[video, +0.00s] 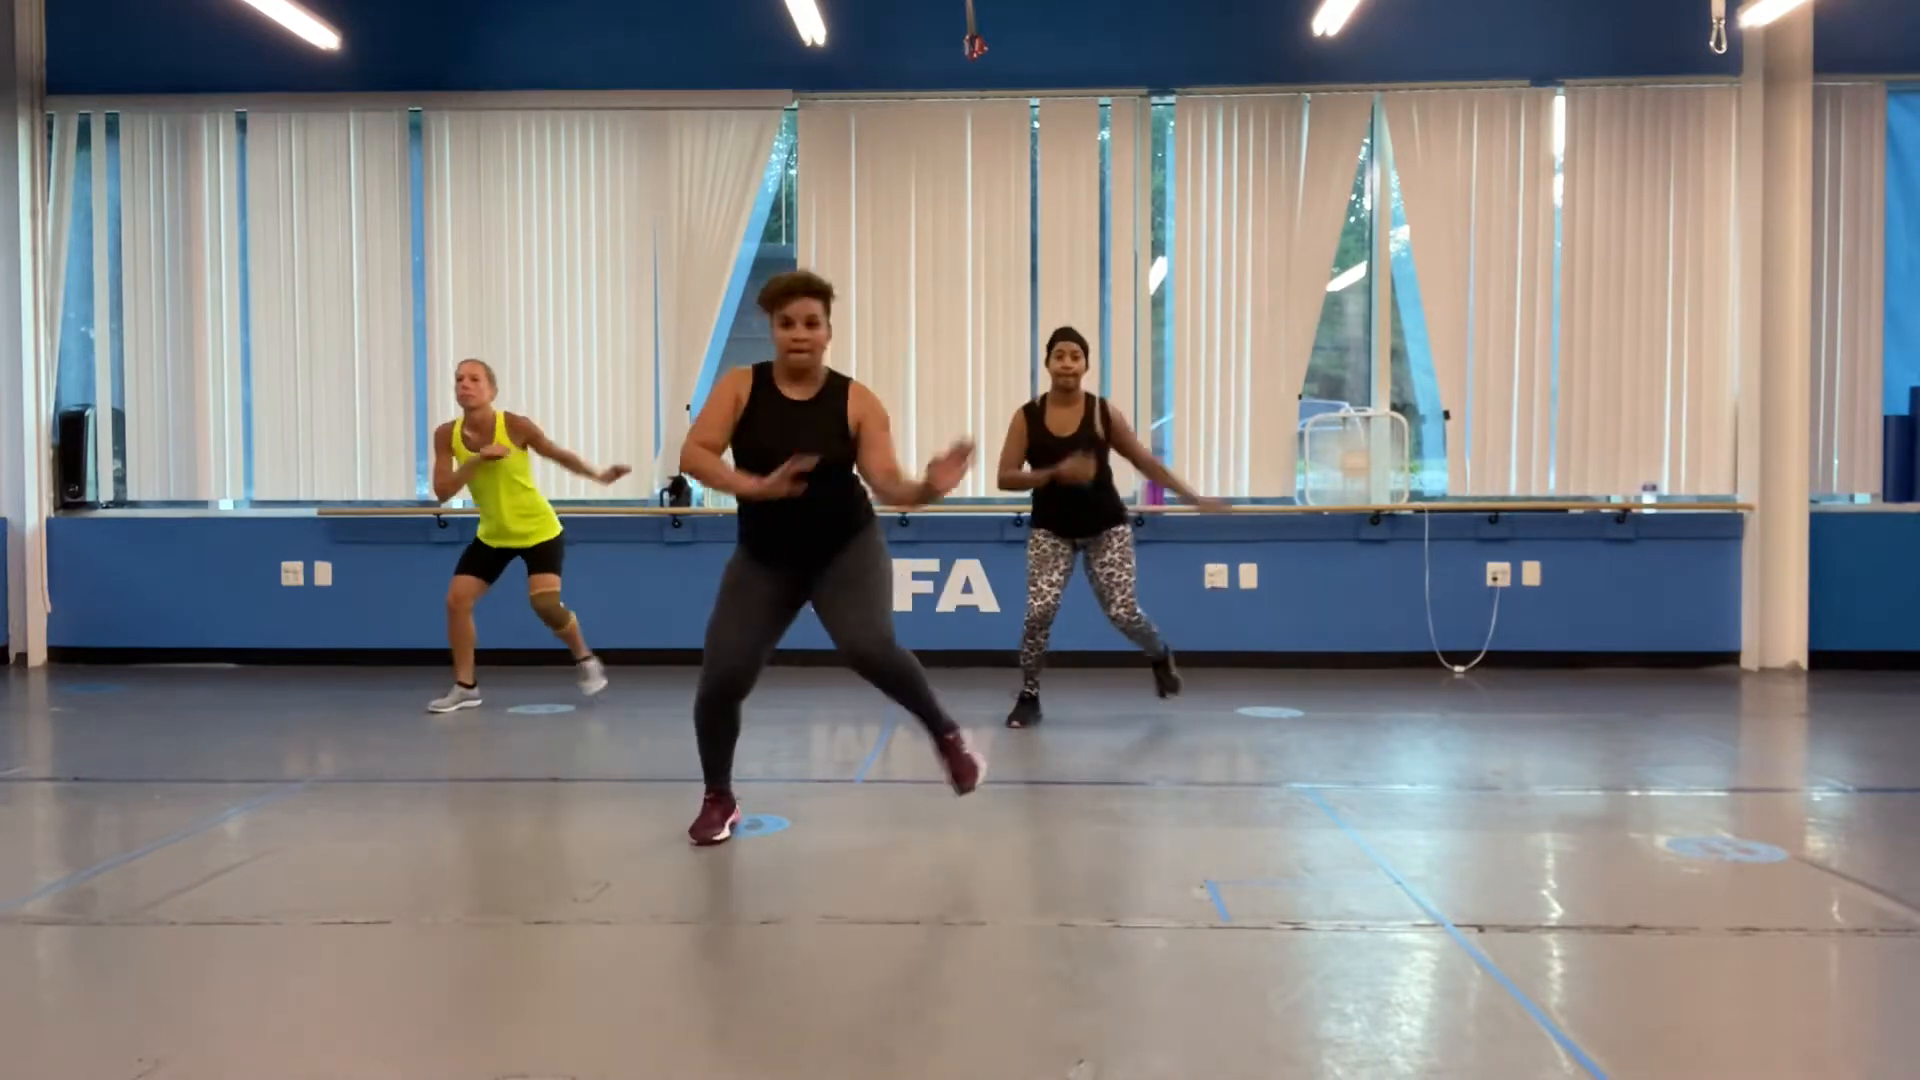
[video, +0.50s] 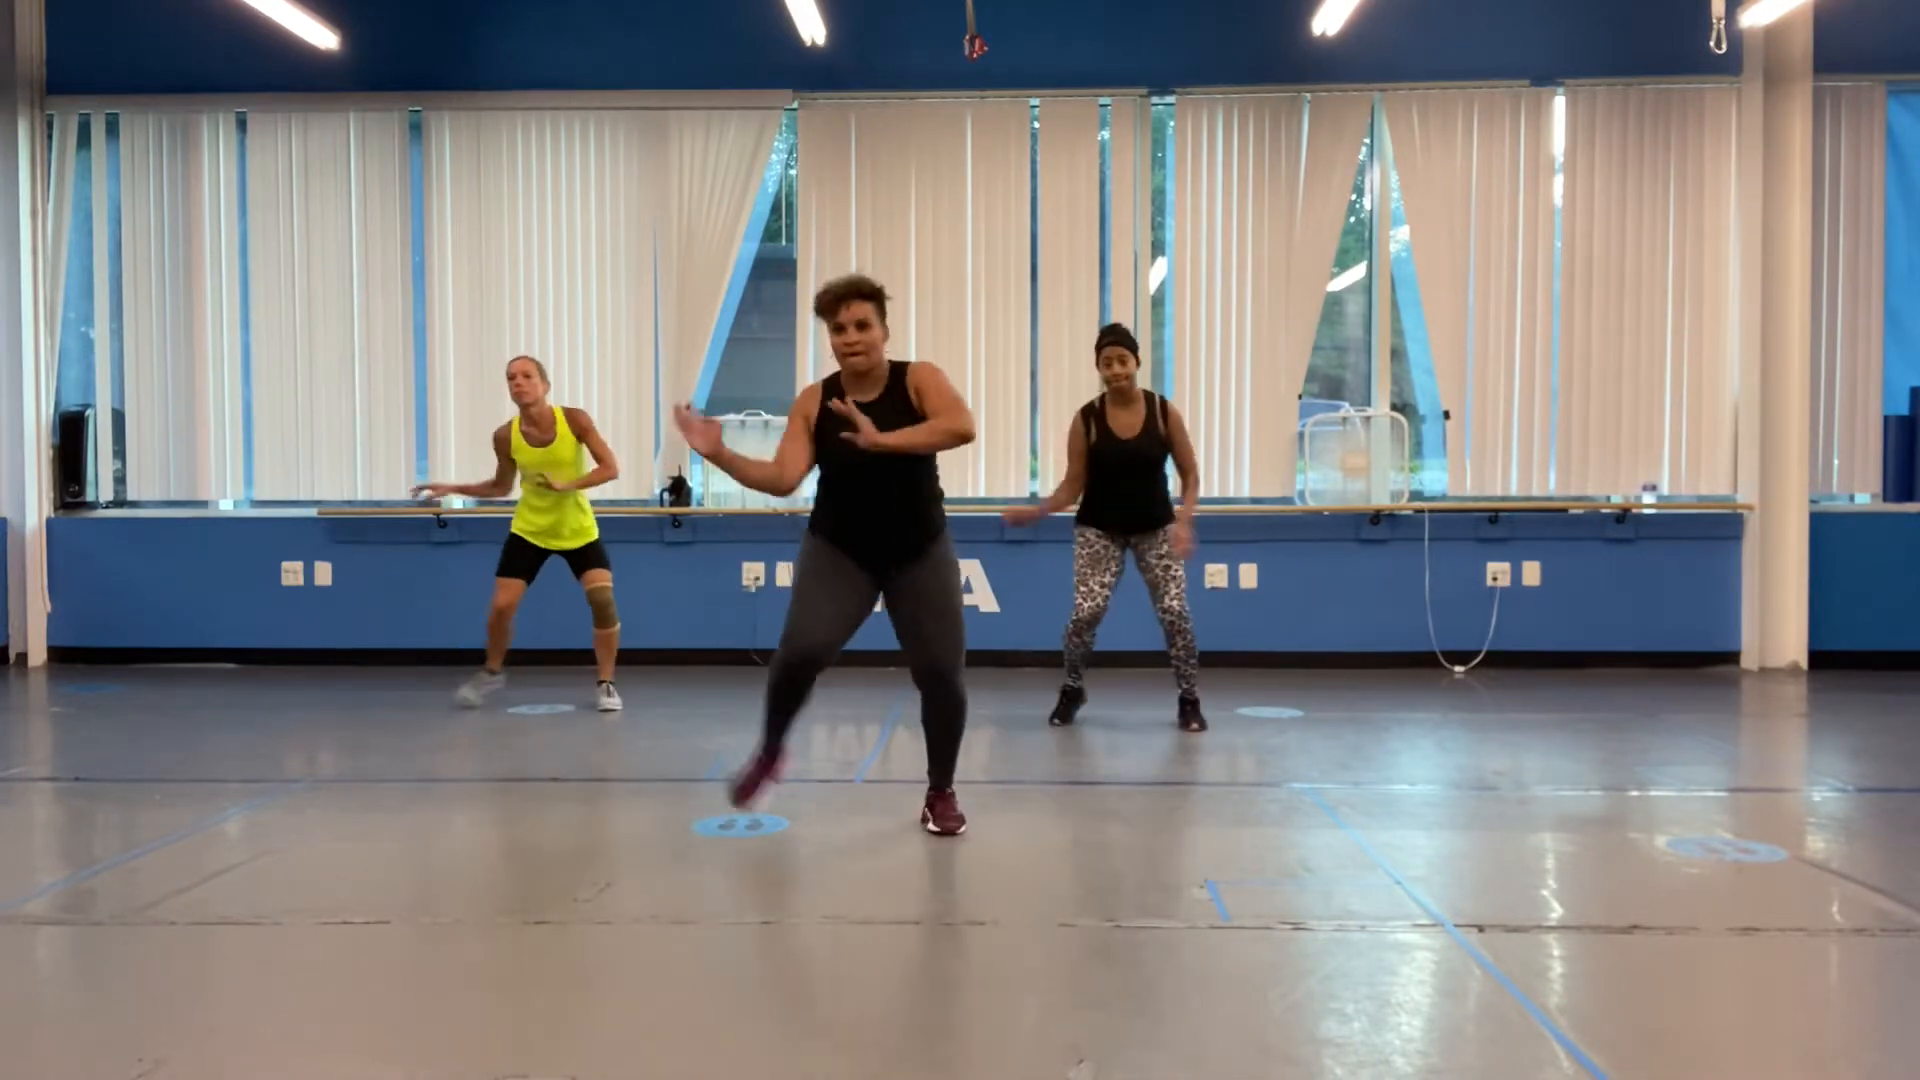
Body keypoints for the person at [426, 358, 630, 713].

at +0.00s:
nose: (465, 385)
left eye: (473, 380)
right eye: (460, 380)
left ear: (492, 390)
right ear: (455, 391)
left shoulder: (517, 426)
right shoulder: (447, 435)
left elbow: (557, 454)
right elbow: (442, 490)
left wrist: (597, 475)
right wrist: (477, 459)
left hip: (537, 527)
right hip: (493, 532)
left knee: (545, 603)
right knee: (458, 599)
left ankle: (585, 660)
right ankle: (465, 687)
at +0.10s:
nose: (468, 383)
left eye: (477, 378)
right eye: (463, 379)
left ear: (495, 387)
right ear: (458, 390)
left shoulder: (522, 430)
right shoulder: (449, 435)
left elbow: (544, 477)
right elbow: (439, 490)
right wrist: (465, 501)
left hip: (533, 527)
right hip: (487, 530)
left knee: (544, 607)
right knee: (451, 599)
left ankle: (555, 666)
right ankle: (464, 687)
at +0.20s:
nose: (482, 383)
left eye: (490, 377)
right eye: (476, 378)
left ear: (509, 386)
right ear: (471, 388)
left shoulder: (535, 430)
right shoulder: (461, 432)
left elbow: (545, 485)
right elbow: (442, 473)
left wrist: (534, 516)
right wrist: (445, 511)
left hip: (534, 531)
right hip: (483, 532)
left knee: (562, 597)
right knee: (451, 602)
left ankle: (577, 665)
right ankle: (463, 687)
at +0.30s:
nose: (496, 381)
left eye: (504, 374)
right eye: (490, 376)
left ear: (522, 382)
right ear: (486, 386)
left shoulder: (550, 423)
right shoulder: (478, 427)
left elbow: (568, 481)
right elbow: (450, 455)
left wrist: (523, 493)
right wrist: (430, 492)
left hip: (546, 527)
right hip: (495, 526)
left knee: (579, 596)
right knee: (461, 601)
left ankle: (601, 680)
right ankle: (454, 682)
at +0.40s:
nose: (510, 382)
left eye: (518, 375)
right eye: (504, 378)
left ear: (536, 382)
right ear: (500, 388)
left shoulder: (566, 419)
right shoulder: (497, 430)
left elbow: (591, 469)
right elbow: (474, 460)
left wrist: (538, 476)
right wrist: (435, 474)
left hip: (565, 525)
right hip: (517, 525)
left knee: (592, 598)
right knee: (482, 604)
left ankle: (605, 684)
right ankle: (449, 677)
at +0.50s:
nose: (519, 383)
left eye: (527, 377)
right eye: (512, 379)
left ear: (545, 384)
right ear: (508, 388)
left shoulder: (575, 420)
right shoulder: (506, 436)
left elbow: (610, 469)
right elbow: (501, 486)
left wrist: (568, 485)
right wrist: (450, 488)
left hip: (576, 524)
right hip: (530, 525)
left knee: (603, 598)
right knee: (501, 605)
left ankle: (606, 684)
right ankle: (493, 673)